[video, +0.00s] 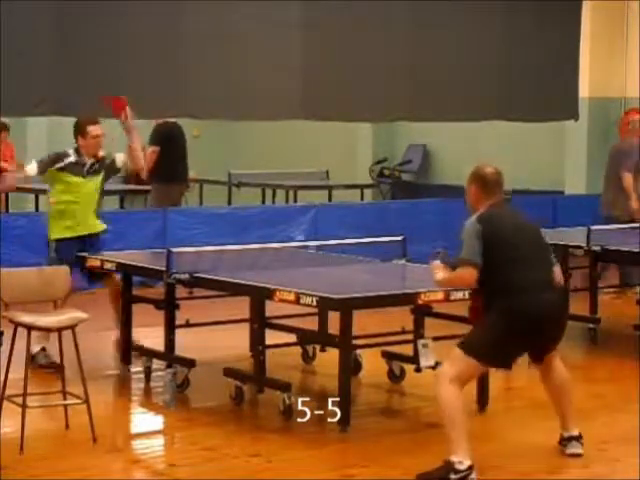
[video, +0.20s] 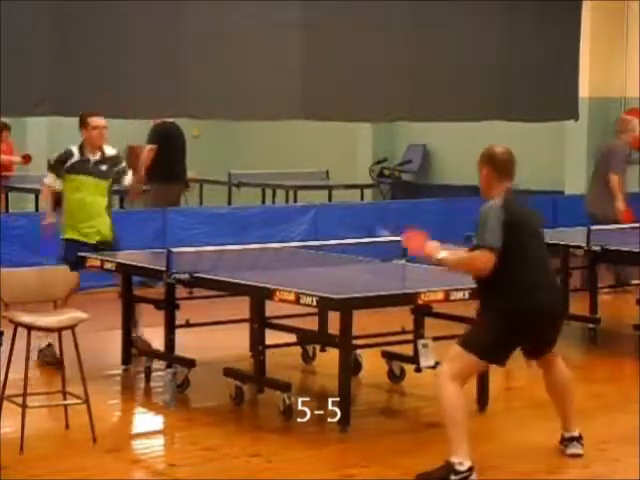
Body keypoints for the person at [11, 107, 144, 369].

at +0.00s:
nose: (100, 142)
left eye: (101, 137)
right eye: (95, 137)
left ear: (101, 138)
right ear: (80, 140)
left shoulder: (103, 164)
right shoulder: (61, 160)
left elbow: (136, 166)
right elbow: (27, 173)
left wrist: (131, 130)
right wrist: (10, 178)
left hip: (92, 232)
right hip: (63, 235)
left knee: (114, 284)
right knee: (58, 292)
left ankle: (124, 337)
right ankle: (40, 347)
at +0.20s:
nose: (102, 133)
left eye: (103, 129)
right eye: (97, 129)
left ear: (106, 132)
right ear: (84, 132)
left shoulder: (113, 158)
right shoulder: (67, 158)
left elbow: (131, 188)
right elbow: (48, 187)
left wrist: (140, 167)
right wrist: (49, 214)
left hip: (103, 232)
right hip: (74, 232)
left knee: (125, 282)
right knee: (64, 289)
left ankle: (135, 333)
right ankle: (51, 343)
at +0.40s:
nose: (125, 150)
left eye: (126, 145)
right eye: (121, 144)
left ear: (119, 148)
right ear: (107, 145)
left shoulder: (111, 171)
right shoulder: (92, 165)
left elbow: (115, 206)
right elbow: (77, 200)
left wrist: (140, 226)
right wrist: (110, 213)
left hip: (105, 244)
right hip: (81, 246)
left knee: (136, 275)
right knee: (83, 295)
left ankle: (148, 322)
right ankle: (41, 337)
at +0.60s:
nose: (164, 167)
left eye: (166, 162)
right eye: (160, 161)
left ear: (161, 164)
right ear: (143, 160)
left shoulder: (151, 190)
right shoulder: (129, 182)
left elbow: (177, 203)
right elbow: (137, 189)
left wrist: (209, 210)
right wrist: (171, 188)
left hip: (110, 243)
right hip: (89, 241)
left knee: (144, 274)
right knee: (82, 293)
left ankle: (145, 323)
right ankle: (42, 336)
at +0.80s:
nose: (197, 168)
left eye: (197, 163)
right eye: (192, 163)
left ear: (190, 165)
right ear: (178, 164)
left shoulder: (189, 187)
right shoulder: (159, 178)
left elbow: (220, 196)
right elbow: (168, 188)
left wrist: (250, 199)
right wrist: (204, 183)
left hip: (143, 237)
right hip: (121, 229)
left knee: (156, 280)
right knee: (105, 272)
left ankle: (150, 319)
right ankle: (75, 305)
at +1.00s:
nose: (207, 156)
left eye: (208, 152)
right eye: (203, 152)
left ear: (206, 155)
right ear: (189, 154)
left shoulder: (201, 180)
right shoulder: (175, 171)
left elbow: (212, 209)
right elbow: (176, 206)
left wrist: (228, 232)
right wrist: (204, 221)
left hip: (173, 229)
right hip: (148, 227)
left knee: (189, 268)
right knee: (129, 276)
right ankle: (102, 322)